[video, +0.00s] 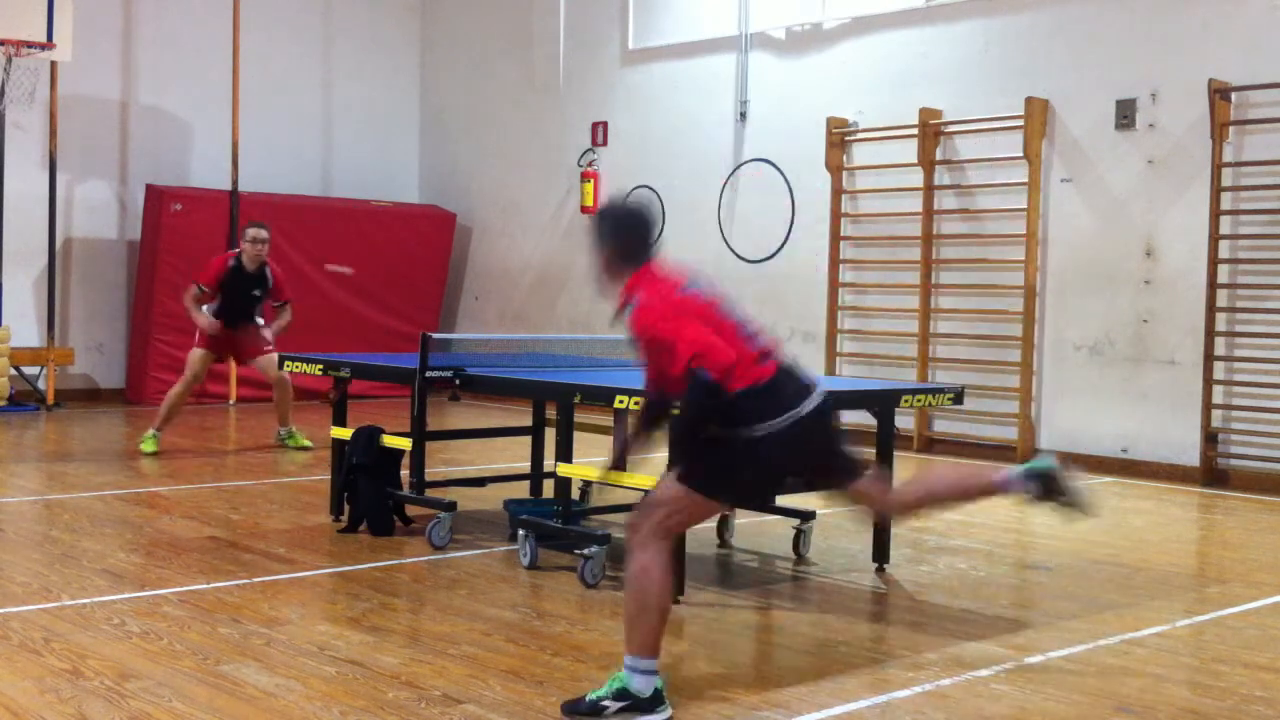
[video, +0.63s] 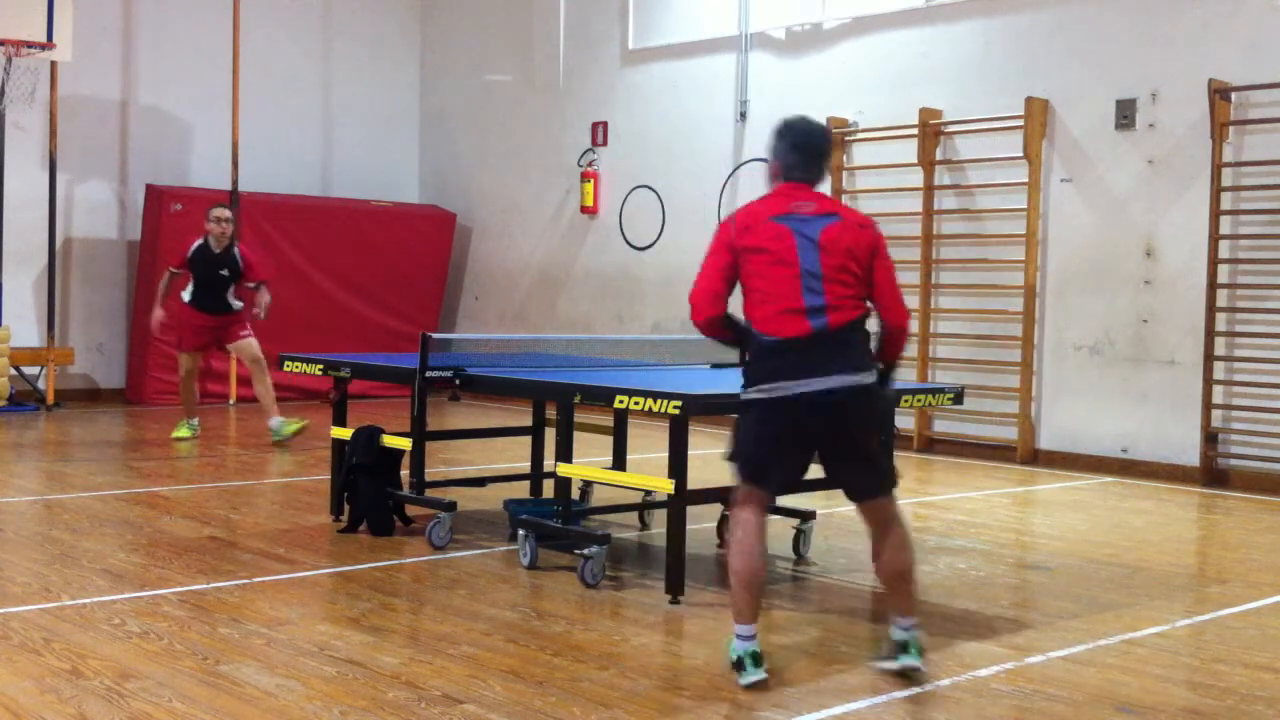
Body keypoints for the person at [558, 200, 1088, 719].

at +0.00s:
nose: (594, 261)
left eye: (596, 249)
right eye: (597, 248)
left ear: (609, 254)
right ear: (642, 244)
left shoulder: (649, 303)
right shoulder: (670, 283)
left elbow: (680, 373)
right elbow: (668, 373)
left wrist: (644, 433)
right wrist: (642, 421)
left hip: (749, 433)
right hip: (801, 415)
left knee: (648, 527)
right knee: (886, 499)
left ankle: (639, 685)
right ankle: (1026, 476)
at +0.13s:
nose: (559, 312)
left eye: (558, 302)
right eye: (559, 301)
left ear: (569, 305)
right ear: (608, 286)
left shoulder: (623, 332)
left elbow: (694, 377)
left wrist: (666, 451)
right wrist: (623, 530)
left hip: (747, 440)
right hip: (795, 422)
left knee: (641, 528)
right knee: (814, 536)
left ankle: (639, 682)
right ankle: (942, 554)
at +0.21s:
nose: (569, 291)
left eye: (570, 280)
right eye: (570, 280)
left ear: (585, 282)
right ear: (618, 270)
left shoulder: (628, 316)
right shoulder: (656, 304)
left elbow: (687, 377)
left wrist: (658, 444)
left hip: (748, 439)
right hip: (799, 421)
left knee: (644, 525)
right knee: (795, 530)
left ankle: (639, 683)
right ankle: (909, 608)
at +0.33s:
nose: (635, 232)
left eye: (637, 222)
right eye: (637, 221)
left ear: (649, 226)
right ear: (686, 223)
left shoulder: (674, 277)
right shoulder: (722, 264)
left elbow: (712, 350)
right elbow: (760, 349)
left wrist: (657, 423)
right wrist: (688, 402)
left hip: (769, 429)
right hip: (820, 418)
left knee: (665, 522)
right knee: (813, 525)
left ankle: (641, 681)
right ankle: (875, 646)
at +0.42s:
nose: (686, 207)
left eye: (687, 197)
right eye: (691, 196)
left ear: (698, 201)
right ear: (739, 199)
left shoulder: (705, 259)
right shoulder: (783, 248)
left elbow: (726, 342)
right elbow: (817, 332)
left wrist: (675, 403)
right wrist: (756, 383)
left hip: (775, 419)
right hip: (835, 408)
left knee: (695, 524)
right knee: (836, 521)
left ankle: (653, 674)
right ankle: (884, 647)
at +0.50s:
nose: (725, 188)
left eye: (727, 181)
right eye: (729, 181)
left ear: (735, 184)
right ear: (784, 185)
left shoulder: (727, 244)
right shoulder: (825, 239)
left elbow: (718, 331)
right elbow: (864, 326)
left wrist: (703, 371)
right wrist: (835, 369)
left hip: (778, 413)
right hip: (844, 409)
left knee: (710, 515)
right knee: (856, 524)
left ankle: (697, 657)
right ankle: (887, 649)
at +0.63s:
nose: (773, 167)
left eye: (773, 159)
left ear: (773, 164)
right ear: (827, 167)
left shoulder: (740, 224)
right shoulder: (857, 226)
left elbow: (704, 312)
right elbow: (896, 322)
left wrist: (751, 340)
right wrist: (881, 366)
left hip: (777, 393)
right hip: (851, 389)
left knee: (749, 506)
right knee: (882, 512)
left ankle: (746, 646)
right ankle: (906, 639)